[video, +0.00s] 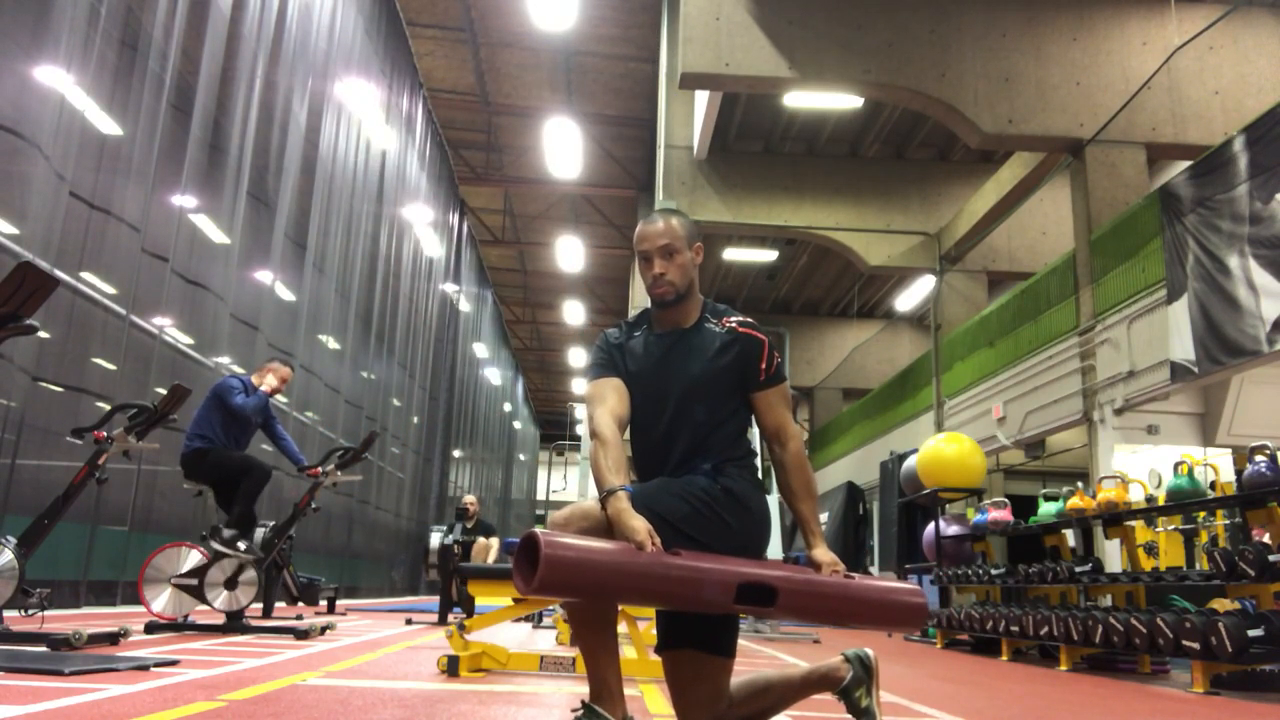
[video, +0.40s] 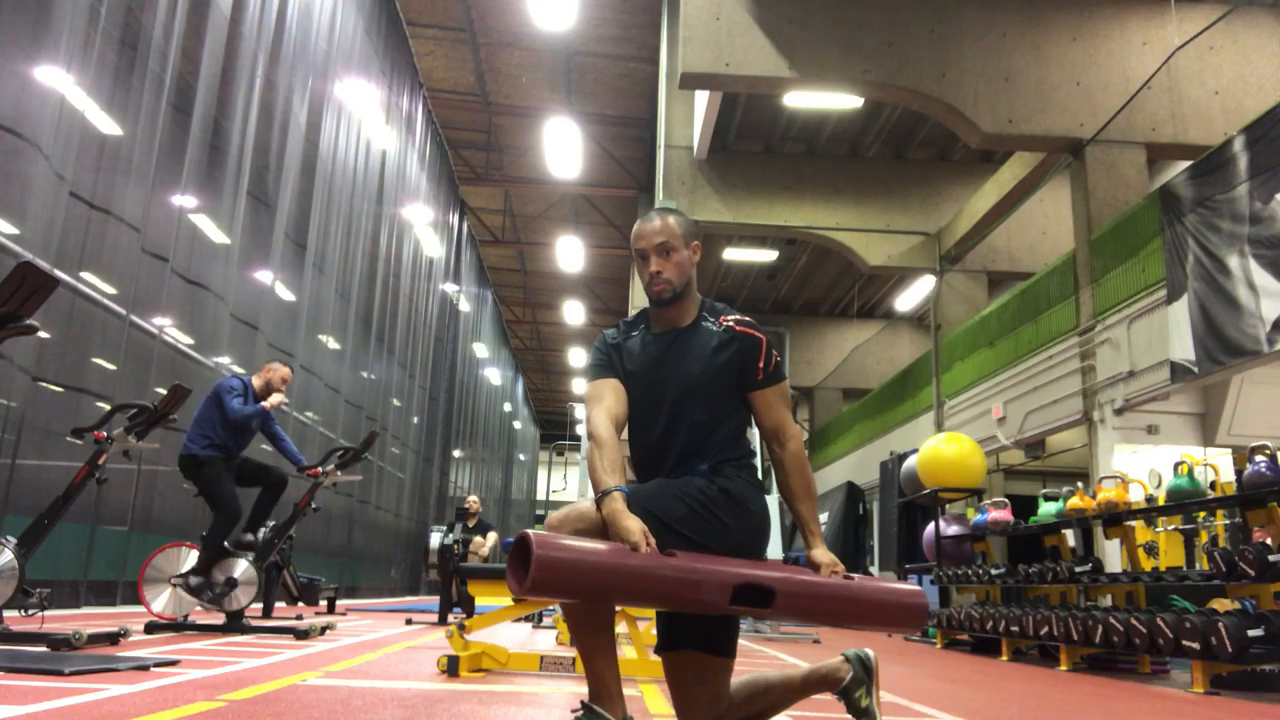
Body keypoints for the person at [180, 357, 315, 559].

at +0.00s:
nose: (282, 388)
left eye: (285, 384)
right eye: (282, 381)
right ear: (267, 373)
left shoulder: (262, 406)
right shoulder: (231, 384)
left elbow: (279, 436)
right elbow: (243, 409)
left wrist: (303, 466)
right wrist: (265, 389)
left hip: (221, 464)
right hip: (199, 456)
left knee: (248, 518)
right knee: (259, 471)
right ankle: (230, 531)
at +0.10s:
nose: (280, 388)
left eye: (283, 385)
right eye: (280, 381)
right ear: (266, 371)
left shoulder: (259, 404)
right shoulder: (229, 384)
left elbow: (277, 435)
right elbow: (238, 413)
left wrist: (303, 465)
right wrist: (264, 395)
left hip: (218, 461)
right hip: (199, 456)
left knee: (257, 509)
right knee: (255, 485)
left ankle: (226, 544)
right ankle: (239, 549)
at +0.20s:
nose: (280, 389)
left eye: (284, 386)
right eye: (281, 382)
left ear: (266, 374)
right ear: (265, 371)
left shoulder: (260, 405)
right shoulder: (229, 384)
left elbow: (277, 436)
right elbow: (235, 414)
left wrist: (303, 466)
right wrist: (262, 400)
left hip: (226, 461)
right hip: (200, 458)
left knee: (270, 496)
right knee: (241, 502)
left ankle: (226, 536)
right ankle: (232, 573)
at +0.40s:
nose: (282, 390)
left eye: (285, 386)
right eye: (282, 383)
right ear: (266, 372)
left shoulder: (259, 406)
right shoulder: (232, 385)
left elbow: (277, 436)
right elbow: (235, 414)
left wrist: (303, 464)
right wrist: (266, 405)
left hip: (227, 462)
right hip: (200, 459)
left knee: (277, 479)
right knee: (230, 511)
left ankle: (247, 534)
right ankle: (198, 575)